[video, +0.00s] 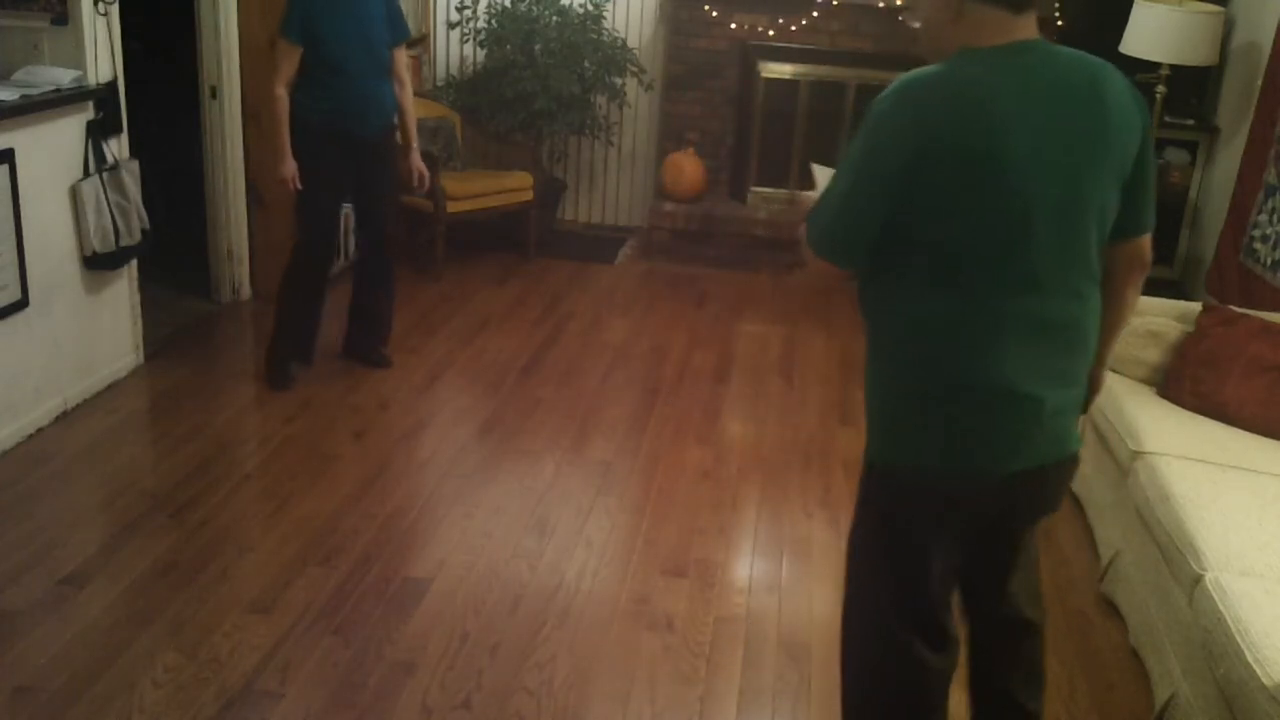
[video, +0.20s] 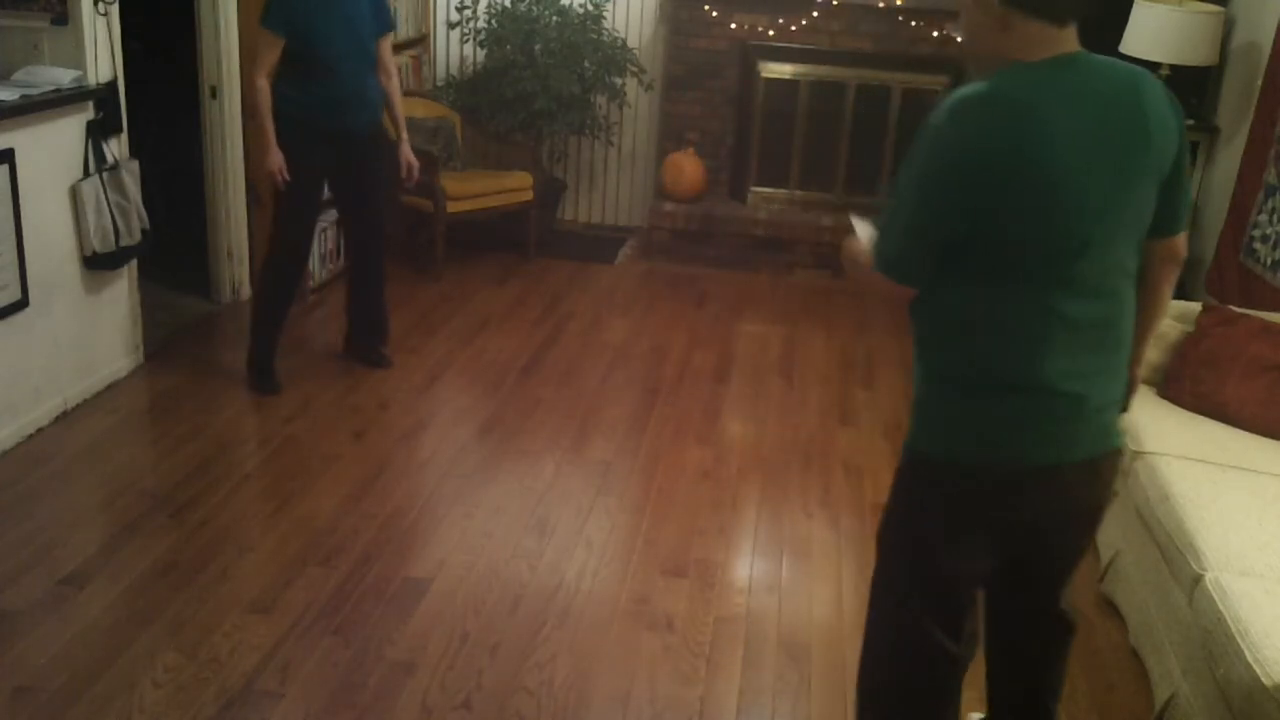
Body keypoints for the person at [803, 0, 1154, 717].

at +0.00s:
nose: (911, 17)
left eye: (918, 5)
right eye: (912, 6)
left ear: (954, 6)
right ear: (1030, 7)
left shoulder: (916, 103)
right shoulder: (1113, 96)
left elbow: (831, 254)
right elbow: (1130, 260)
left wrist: (824, 205)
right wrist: (1091, 367)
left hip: (926, 441)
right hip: (1045, 438)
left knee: (897, 636)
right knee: (1009, 605)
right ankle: (1012, 711)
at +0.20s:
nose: (952, 30)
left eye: (958, 14)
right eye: (952, 16)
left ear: (997, 14)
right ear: (1063, 15)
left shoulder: (974, 116)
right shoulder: (1151, 104)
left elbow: (901, 272)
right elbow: (1166, 255)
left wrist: (862, 250)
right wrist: (1127, 369)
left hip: (966, 454)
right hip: (1084, 453)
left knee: (914, 650)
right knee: (1033, 635)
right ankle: (1026, 714)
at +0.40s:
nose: (983, 32)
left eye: (988, 16)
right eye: (983, 18)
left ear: (1022, 14)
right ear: (1093, 17)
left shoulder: (1008, 117)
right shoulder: (1178, 100)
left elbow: (949, 281)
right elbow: (1194, 242)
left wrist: (900, 286)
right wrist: (1165, 343)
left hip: (997, 448)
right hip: (1120, 453)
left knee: (929, 595)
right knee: (1049, 644)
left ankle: (933, 711)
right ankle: (1029, 715)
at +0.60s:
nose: (999, 25)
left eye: (1005, 9)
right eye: (999, 12)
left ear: (1041, 7)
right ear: (1108, 10)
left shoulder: (1023, 106)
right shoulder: (1183, 91)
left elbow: (962, 269)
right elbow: (1201, 232)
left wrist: (905, 269)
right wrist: (1170, 327)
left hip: (1008, 437)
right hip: (1125, 438)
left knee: (967, 635)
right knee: (1052, 636)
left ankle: (978, 712)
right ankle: (1033, 712)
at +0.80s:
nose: (1001, 30)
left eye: (1008, 13)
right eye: (1003, 16)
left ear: (1040, 12)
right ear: (1110, 19)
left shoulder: (1029, 117)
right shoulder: (1183, 108)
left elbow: (966, 279)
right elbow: (1185, 254)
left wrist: (905, 289)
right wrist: (1134, 321)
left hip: (1012, 440)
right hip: (1125, 442)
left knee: (952, 624)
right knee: (1047, 639)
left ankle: (970, 711)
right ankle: (1031, 711)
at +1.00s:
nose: (984, 29)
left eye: (993, 13)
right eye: (987, 15)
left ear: (1030, 11)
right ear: (1092, 15)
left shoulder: (1028, 105)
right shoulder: (1167, 99)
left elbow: (963, 263)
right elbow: (1174, 239)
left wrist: (898, 282)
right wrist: (1125, 318)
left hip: (1015, 432)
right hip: (1121, 433)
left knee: (941, 625)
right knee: (1045, 627)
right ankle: (1028, 716)